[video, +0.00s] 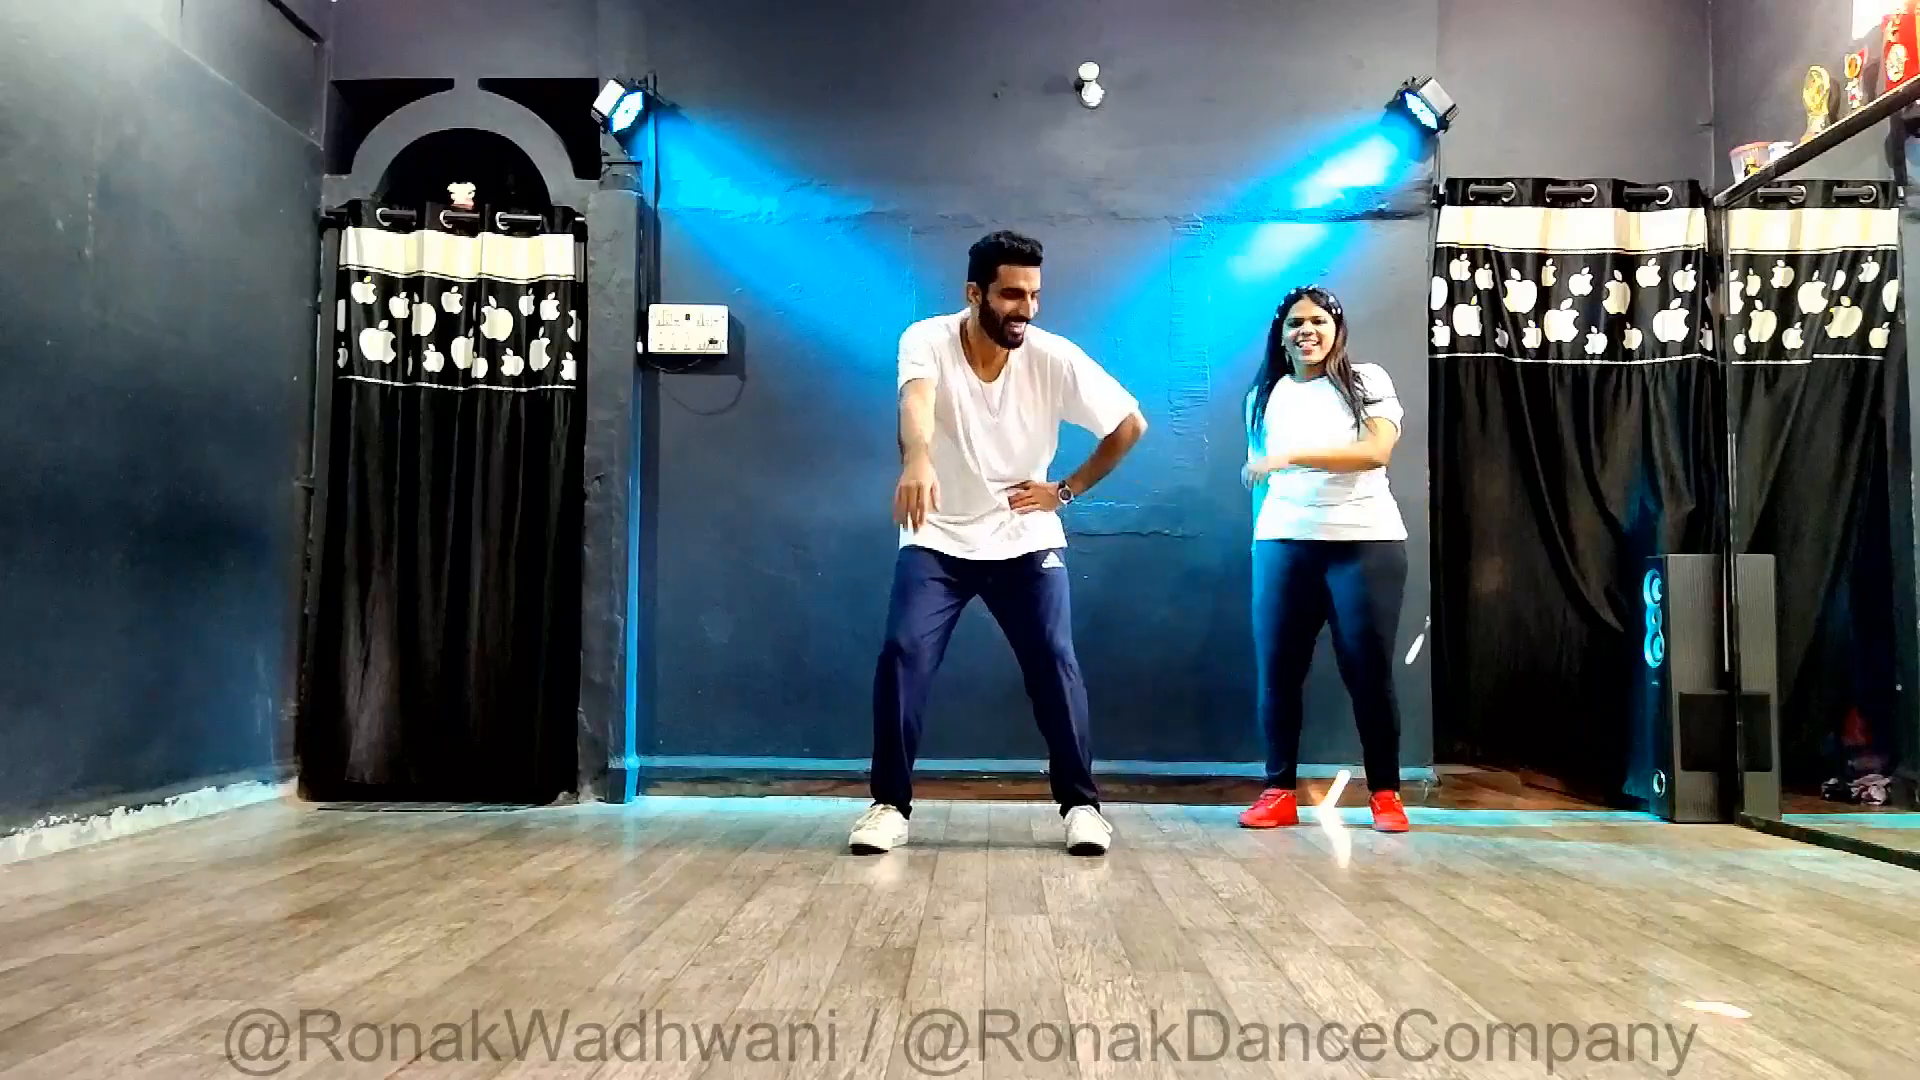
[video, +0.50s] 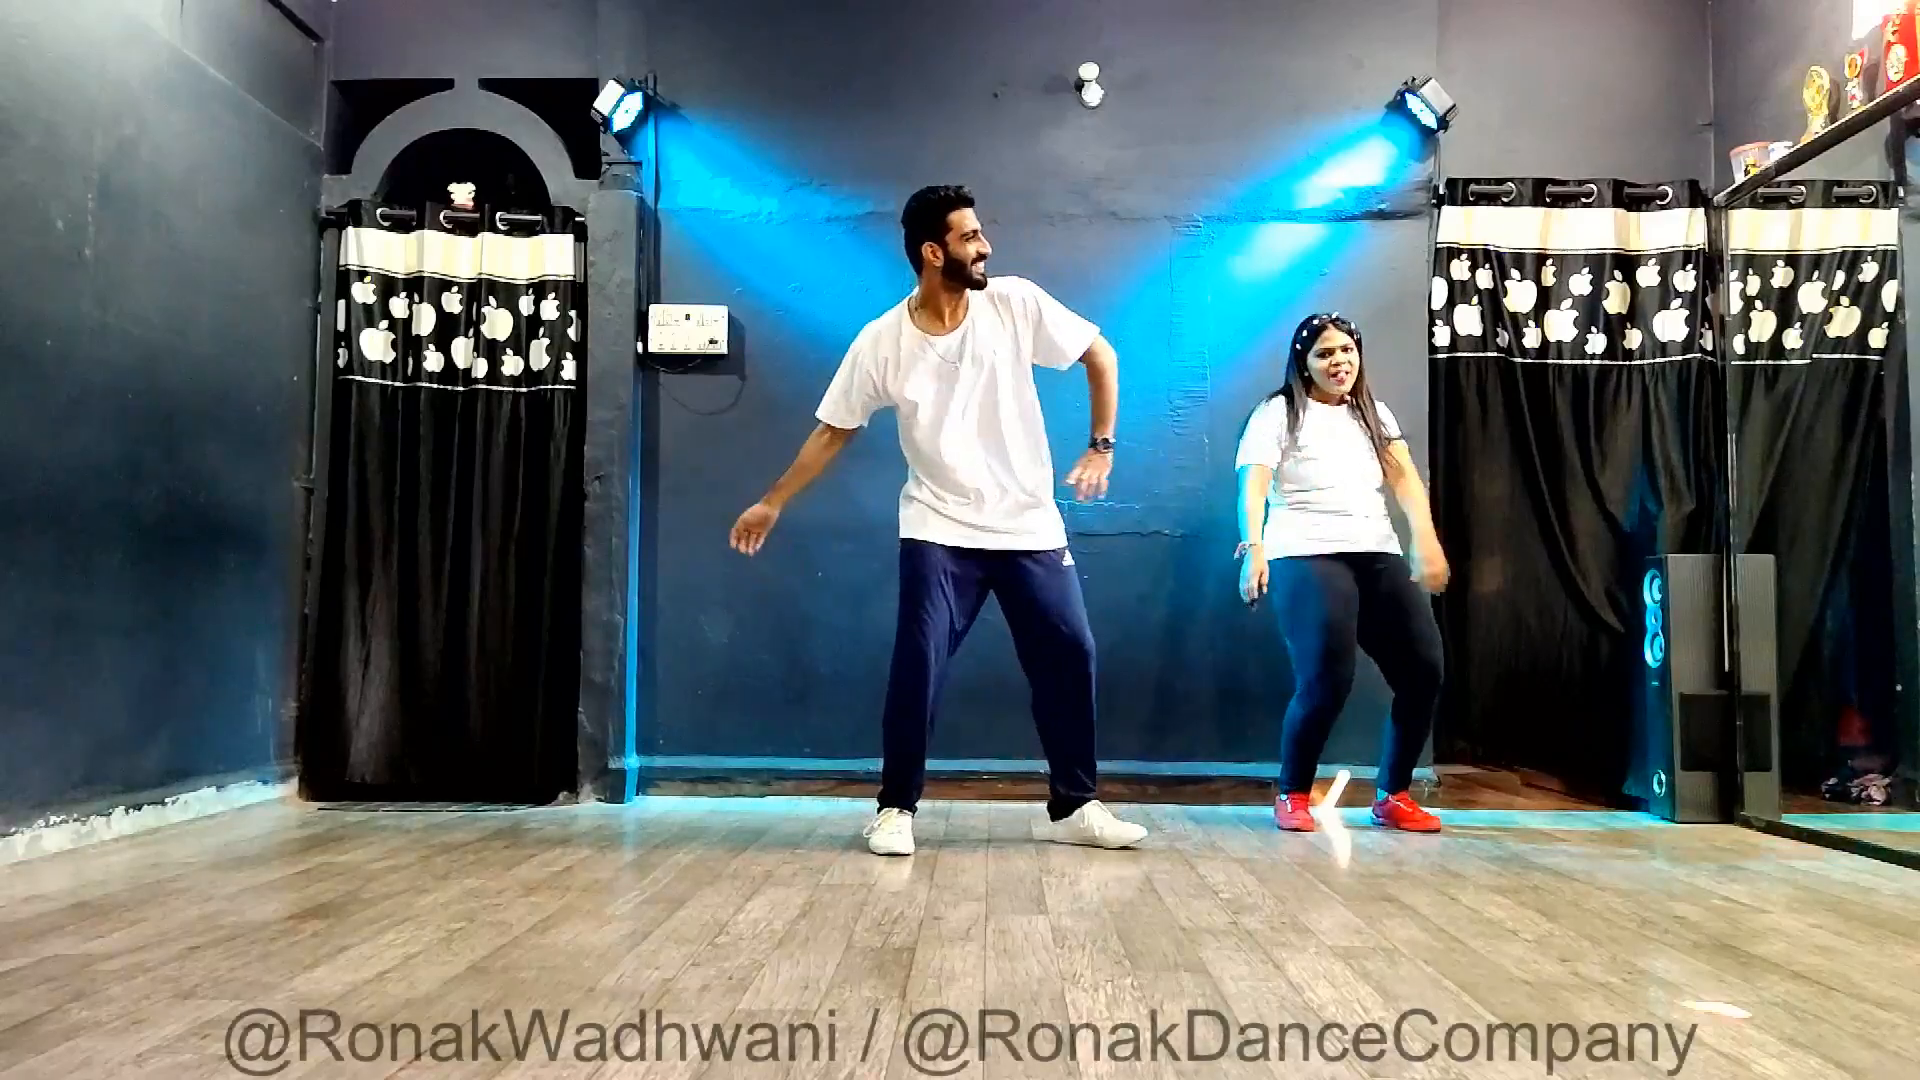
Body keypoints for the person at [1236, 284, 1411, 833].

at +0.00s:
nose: (1308, 330)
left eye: (1318, 322)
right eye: (1297, 323)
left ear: (1337, 330)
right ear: (1283, 334)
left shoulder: (1367, 379)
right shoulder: (1262, 398)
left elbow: (1377, 451)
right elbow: (1261, 475)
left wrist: (1290, 459)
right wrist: (1266, 543)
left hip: (1363, 539)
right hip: (1283, 541)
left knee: (1368, 668)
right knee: (1277, 669)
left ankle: (1384, 793)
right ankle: (1280, 790)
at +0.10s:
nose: (1311, 324)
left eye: (1322, 317)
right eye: (1301, 316)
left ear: (1340, 330)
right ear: (1284, 328)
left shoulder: (1364, 372)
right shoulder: (1261, 393)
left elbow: (1376, 439)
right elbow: (1262, 478)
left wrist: (1288, 441)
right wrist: (1272, 536)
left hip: (1374, 539)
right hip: (1293, 541)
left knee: (1377, 672)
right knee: (1292, 670)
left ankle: (1387, 794)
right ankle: (1285, 790)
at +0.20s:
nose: (1324, 324)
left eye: (1333, 318)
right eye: (1312, 317)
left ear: (1346, 333)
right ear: (1291, 331)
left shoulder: (1369, 377)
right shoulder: (1265, 396)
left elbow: (1384, 435)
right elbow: (1255, 479)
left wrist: (1299, 443)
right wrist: (1254, 542)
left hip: (1382, 538)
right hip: (1304, 540)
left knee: (1383, 670)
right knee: (1311, 671)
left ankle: (1389, 792)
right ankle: (1293, 790)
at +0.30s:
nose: (1331, 327)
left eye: (1340, 320)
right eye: (1318, 319)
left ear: (1351, 333)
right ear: (1297, 332)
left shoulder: (1372, 380)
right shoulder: (1267, 401)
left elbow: (1387, 441)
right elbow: (1253, 487)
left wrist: (1312, 462)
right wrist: (1250, 559)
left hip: (1383, 540)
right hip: (1306, 543)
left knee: (1392, 673)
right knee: (1318, 672)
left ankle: (1390, 794)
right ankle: (1293, 792)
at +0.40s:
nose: (1339, 348)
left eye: (1346, 338)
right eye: (1325, 340)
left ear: (1357, 344)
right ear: (1303, 349)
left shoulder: (1373, 398)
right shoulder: (1273, 408)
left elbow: (1397, 464)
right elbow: (1251, 490)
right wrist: (1246, 562)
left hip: (1377, 545)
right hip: (1307, 547)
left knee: (1416, 666)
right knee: (1326, 673)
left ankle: (1392, 794)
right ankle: (1293, 795)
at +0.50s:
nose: (1338, 361)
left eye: (1346, 350)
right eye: (1324, 354)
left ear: (1358, 355)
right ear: (1303, 362)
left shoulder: (1372, 412)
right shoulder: (1277, 413)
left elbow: (1405, 476)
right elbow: (1255, 483)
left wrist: (1426, 538)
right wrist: (1254, 547)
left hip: (1378, 553)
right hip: (1306, 552)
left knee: (1422, 669)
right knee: (1326, 674)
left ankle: (1392, 796)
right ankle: (1293, 795)